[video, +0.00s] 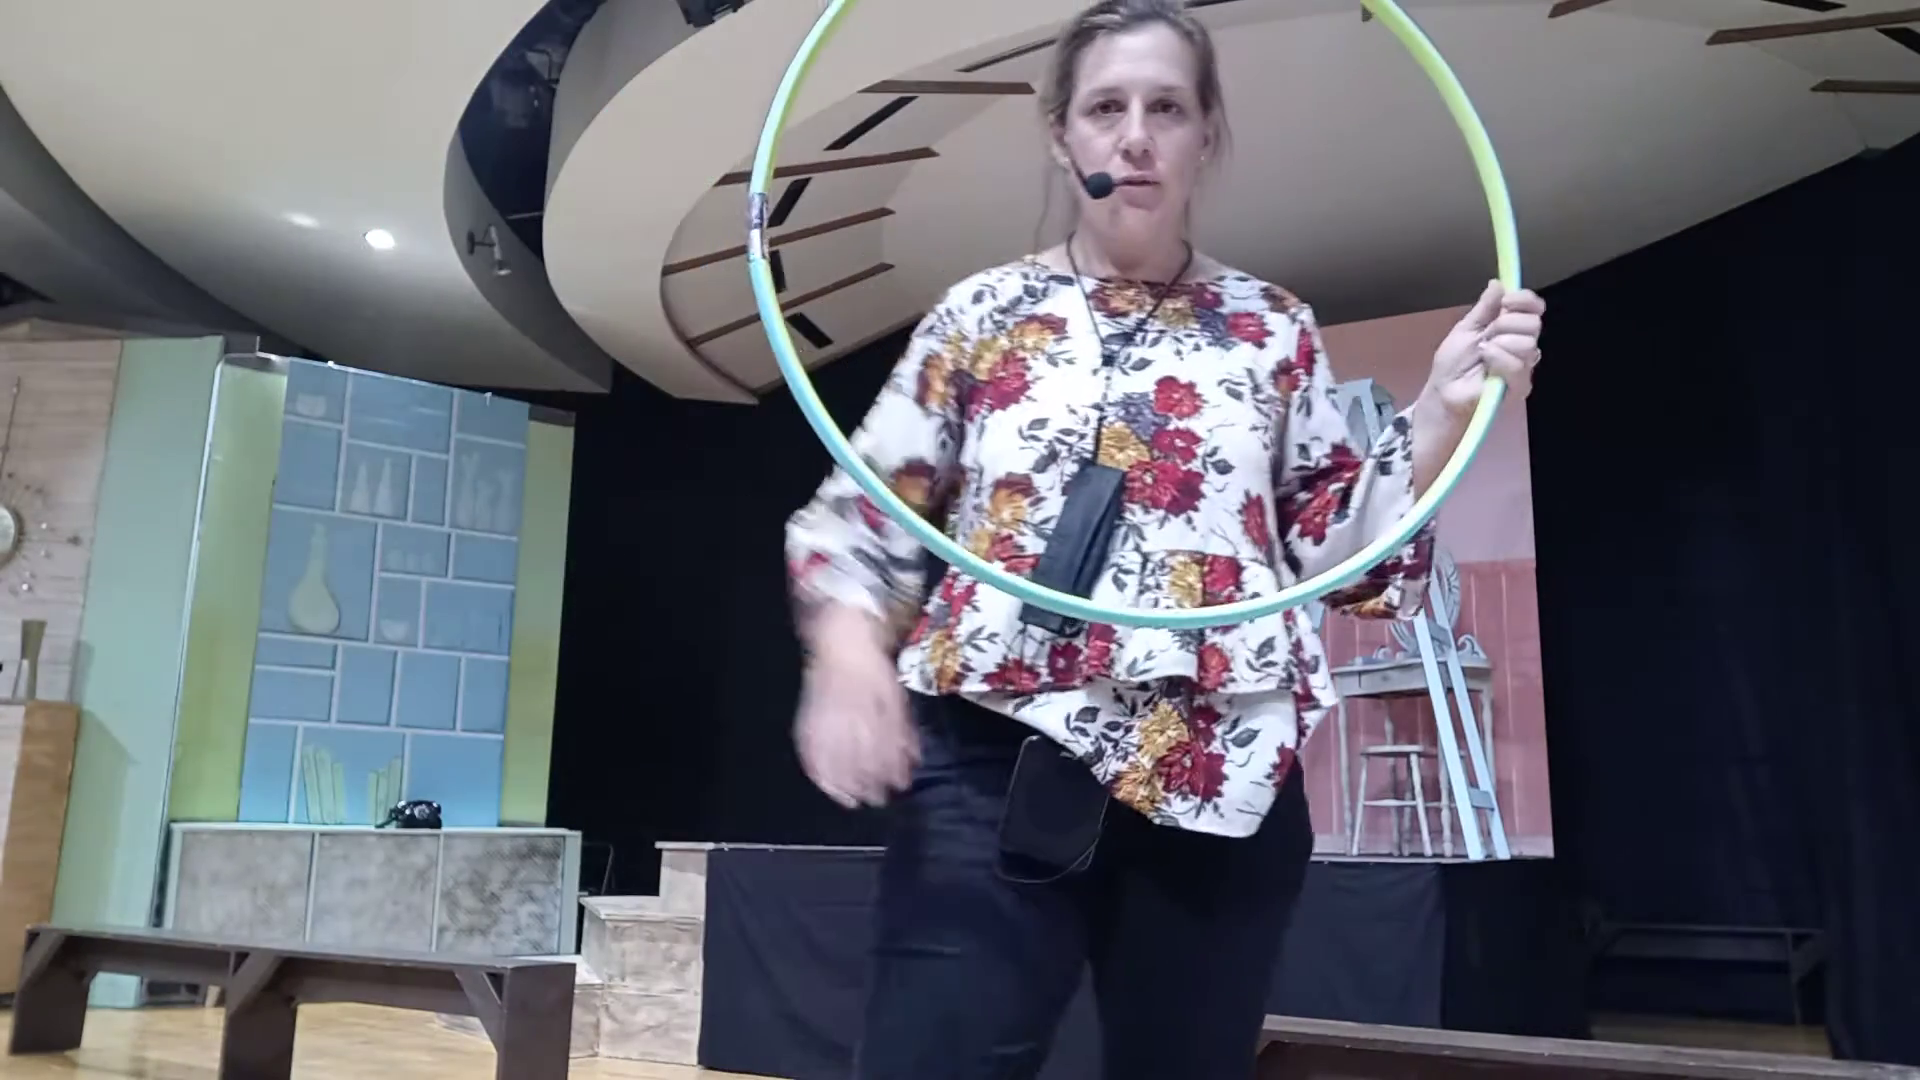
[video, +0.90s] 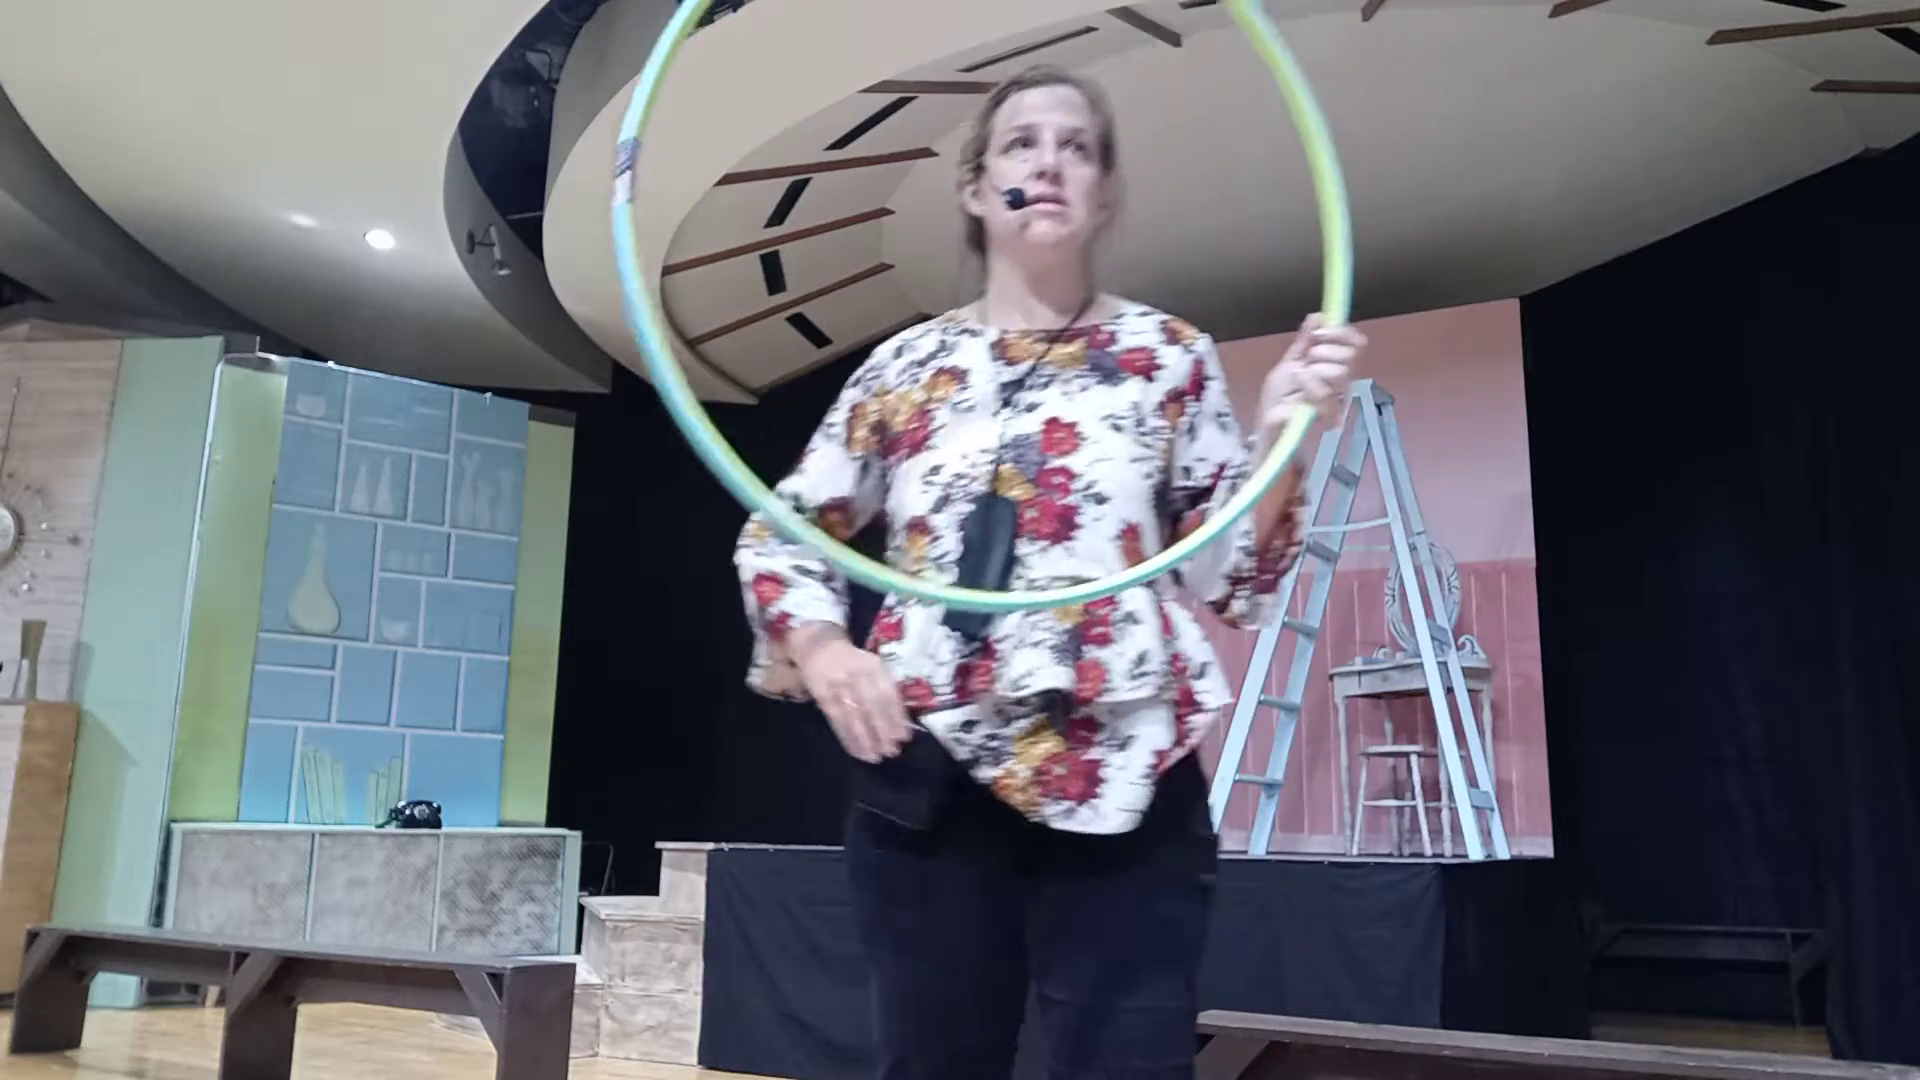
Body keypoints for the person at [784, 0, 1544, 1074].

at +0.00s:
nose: (1134, 137)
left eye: (1165, 109)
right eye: (1106, 108)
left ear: (1211, 138)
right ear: (1061, 137)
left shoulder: (1277, 332)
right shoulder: (981, 315)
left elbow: (1344, 561)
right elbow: (852, 521)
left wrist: (1443, 412)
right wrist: (848, 649)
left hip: (1216, 802)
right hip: (992, 775)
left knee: (1186, 1065)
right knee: (931, 1062)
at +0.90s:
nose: (1045, 159)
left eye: (1075, 146)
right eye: (1018, 144)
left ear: (1109, 198)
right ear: (976, 193)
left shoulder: (1174, 358)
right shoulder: (903, 368)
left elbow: (1233, 581)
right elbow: (776, 543)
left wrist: (1284, 427)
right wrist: (822, 650)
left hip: (1130, 806)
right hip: (933, 797)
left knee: (1126, 1062)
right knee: (936, 1061)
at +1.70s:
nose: (990, 235)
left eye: (1016, 216)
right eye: (967, 214)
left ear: (1050, 247)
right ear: (931, 247)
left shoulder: (1115, 391)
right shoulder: (875, 411)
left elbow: (1173, 586)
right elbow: (831, 622)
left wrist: (1208, 452)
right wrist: (742, 564)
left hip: (1099, 803)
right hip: (916, 806)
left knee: (1109, 1063)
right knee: (927, 1061)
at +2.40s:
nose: (1077, 264)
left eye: (1097, 244)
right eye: (1051, 241)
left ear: (1117, 265)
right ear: (998, 261)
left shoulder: (1164, 416)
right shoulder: (927, 404)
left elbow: (1211, 615)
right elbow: (852, 613)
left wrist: (1260, 487)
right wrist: (818, 486)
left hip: (1133, 804)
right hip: (957, 796)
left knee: (1121, 1064)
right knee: (960, 1060)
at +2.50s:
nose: (1074, 261)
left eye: (1095, 242)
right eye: (1048, 239)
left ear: (1117, 267)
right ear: (998, 260)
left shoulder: (1165, 414)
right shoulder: (927, 406)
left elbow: (1210, 607)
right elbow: (853, 625)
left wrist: (1255, 483)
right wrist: (824, 500)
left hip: (1132, 801)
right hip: (958, 795)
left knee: (1120, 1064)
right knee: (959, 1060)